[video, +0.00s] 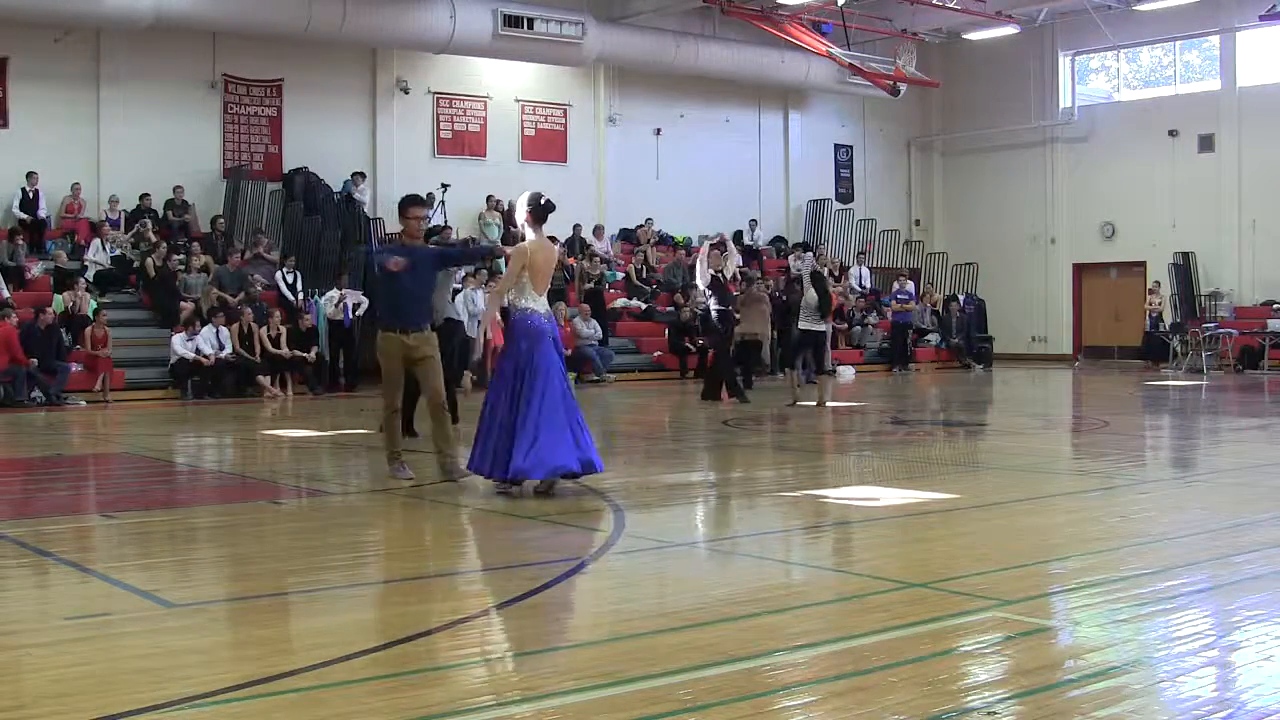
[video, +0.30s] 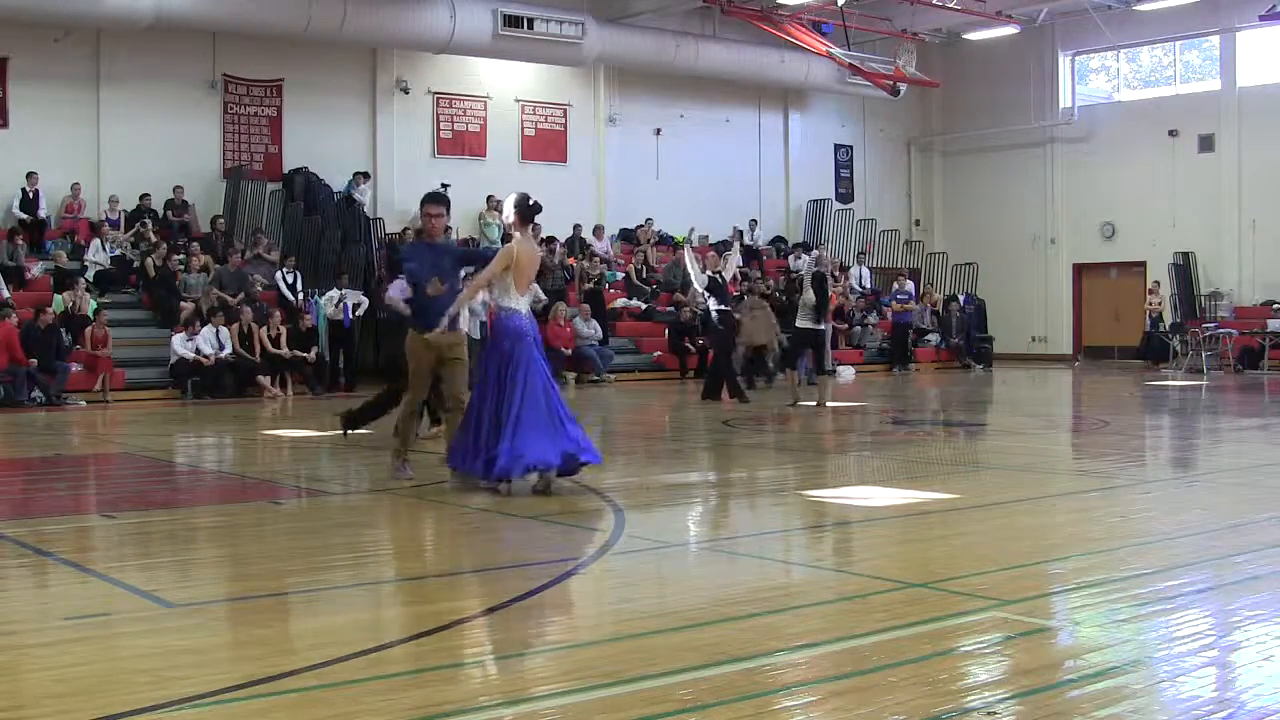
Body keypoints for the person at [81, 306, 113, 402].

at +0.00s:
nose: (105, 318)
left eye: (106, 315)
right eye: (103, 315)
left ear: (106, 317)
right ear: (96, 317)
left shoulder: (107, 331)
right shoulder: (88, 330)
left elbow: (109, 349)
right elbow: (88, 350)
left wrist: (104, 352)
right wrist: (99, 353)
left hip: (103, 355)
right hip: (92, 356)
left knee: (103, 359)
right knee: (107, 364)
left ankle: (98, 382)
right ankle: (106, 394)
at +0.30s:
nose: (106, 318)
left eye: (106, 315)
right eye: (104, 315)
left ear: (106, 317)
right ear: (97, 317)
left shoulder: (108, 331)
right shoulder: (89, 330)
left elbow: (109, 349)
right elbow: (88, 350)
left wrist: (103, 352)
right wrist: (99, 353)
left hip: (103, 355)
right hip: (92, 356)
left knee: (104, 358)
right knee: (107, 363)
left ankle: (99, 382)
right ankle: (107, 393)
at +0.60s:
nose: (106, 318)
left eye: (107, 315)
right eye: (104, 315)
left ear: (107, 317)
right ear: (97, 317)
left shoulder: (108, 331)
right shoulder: (89, 330)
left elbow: (109, 349)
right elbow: (88, 350)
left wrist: (104, 352)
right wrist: (98, 353)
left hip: (103, 355)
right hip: (92, 355)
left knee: (105, 359)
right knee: (107, 363)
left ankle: (98, 382)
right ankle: (107, 393)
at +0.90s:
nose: (106, 317)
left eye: (106, 315)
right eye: (104, 315)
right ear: (97, 316)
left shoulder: (108, 331)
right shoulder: (89, 330)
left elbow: (109, 349)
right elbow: (89, 350)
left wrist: (99, 352)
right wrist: (101, 353)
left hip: (103, 355)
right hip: (92, 356)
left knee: (105, 361)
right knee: (107, 364)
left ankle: (99, 382)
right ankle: (107, 393)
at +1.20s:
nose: (106, 317)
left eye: (106, 315)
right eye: (104, 315)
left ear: (106, 317)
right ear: (97, 316)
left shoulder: (108, 331)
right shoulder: (89, 330)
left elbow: (109, 349)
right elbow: (88, 350)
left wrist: (101, 352)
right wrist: (100, 353)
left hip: (103, 355)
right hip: (92, 356)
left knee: (105, 360)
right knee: (107, 364)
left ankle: (99, 381)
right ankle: (107, 393)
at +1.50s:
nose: (106, 317)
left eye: (106, 314)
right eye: (104, 314)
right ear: (97, 316)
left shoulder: (107, 331)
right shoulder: (89, 330)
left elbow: (109, 349)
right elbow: (88, 350)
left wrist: (103, 351)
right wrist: (99, 353)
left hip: (103, 355)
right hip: (92, 356)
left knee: (104, 361)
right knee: (106, 365)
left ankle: (99, 382)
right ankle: (107, 393)